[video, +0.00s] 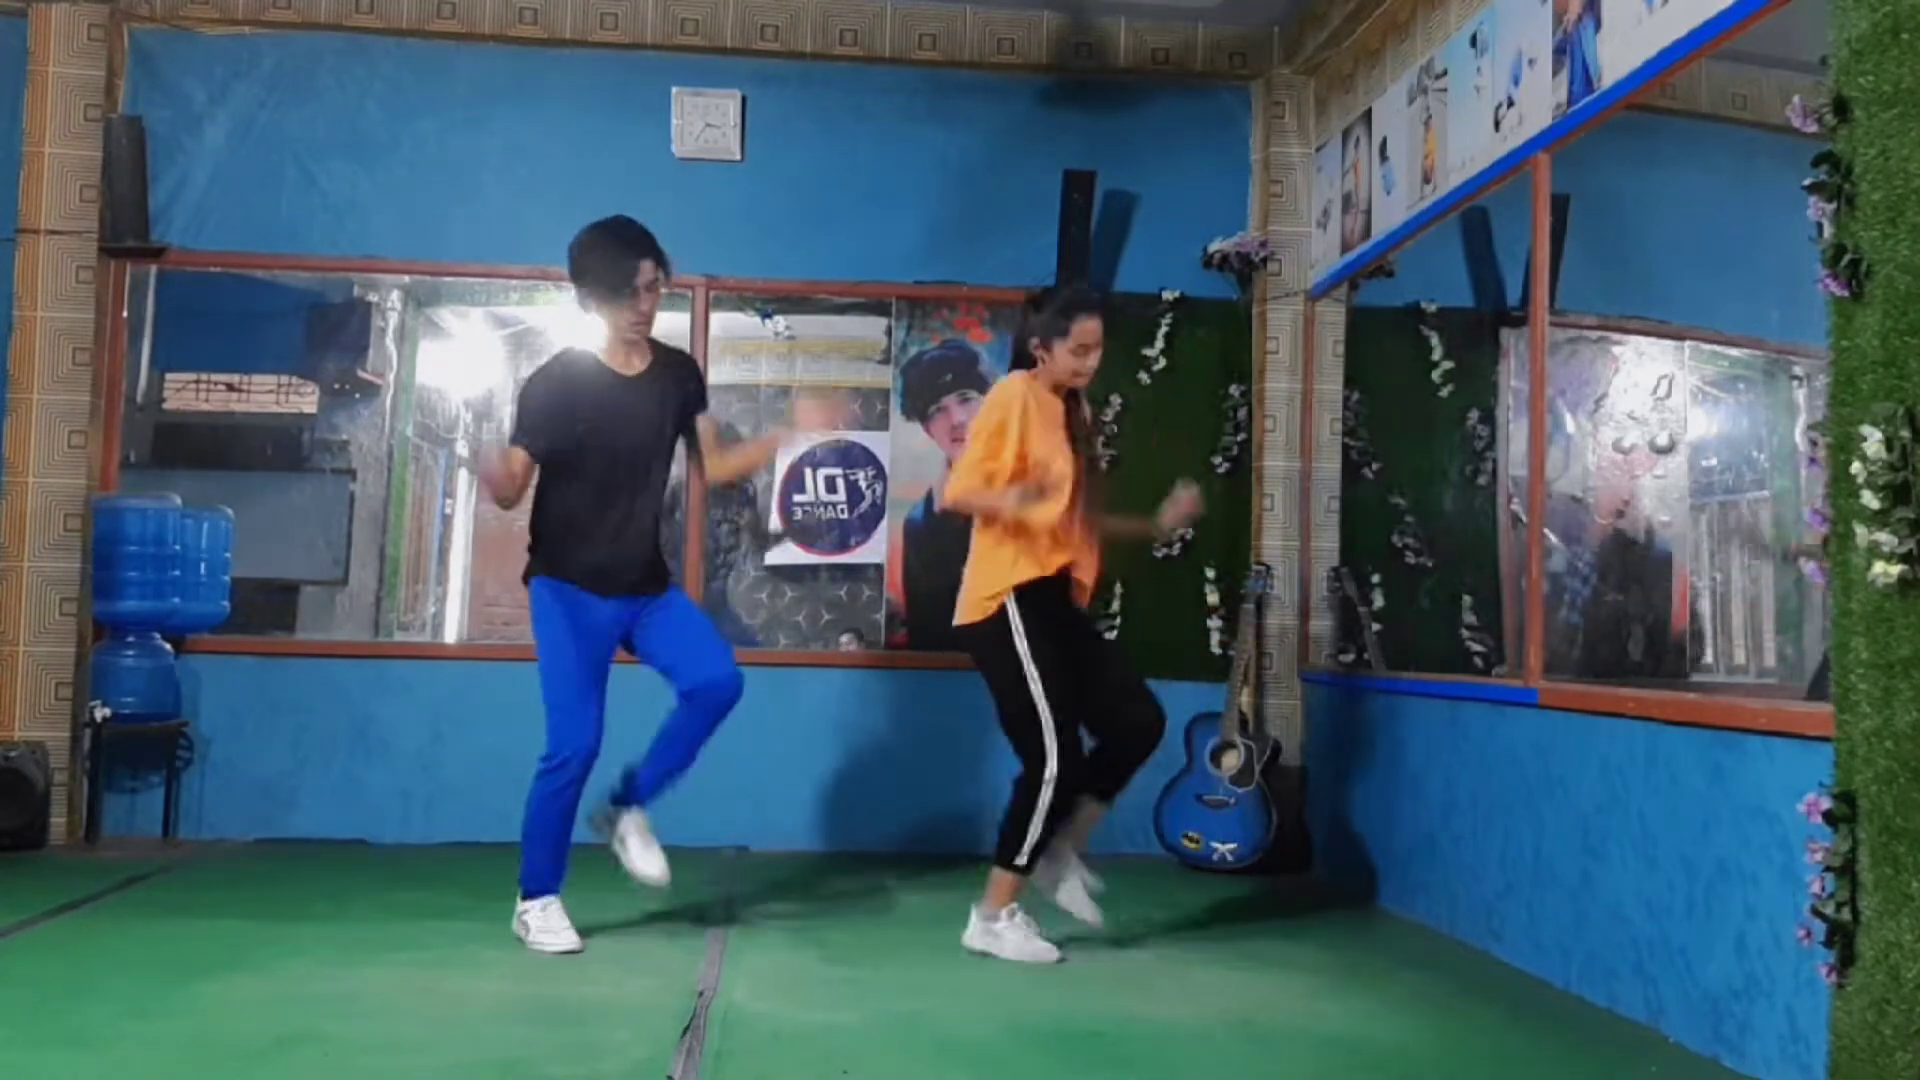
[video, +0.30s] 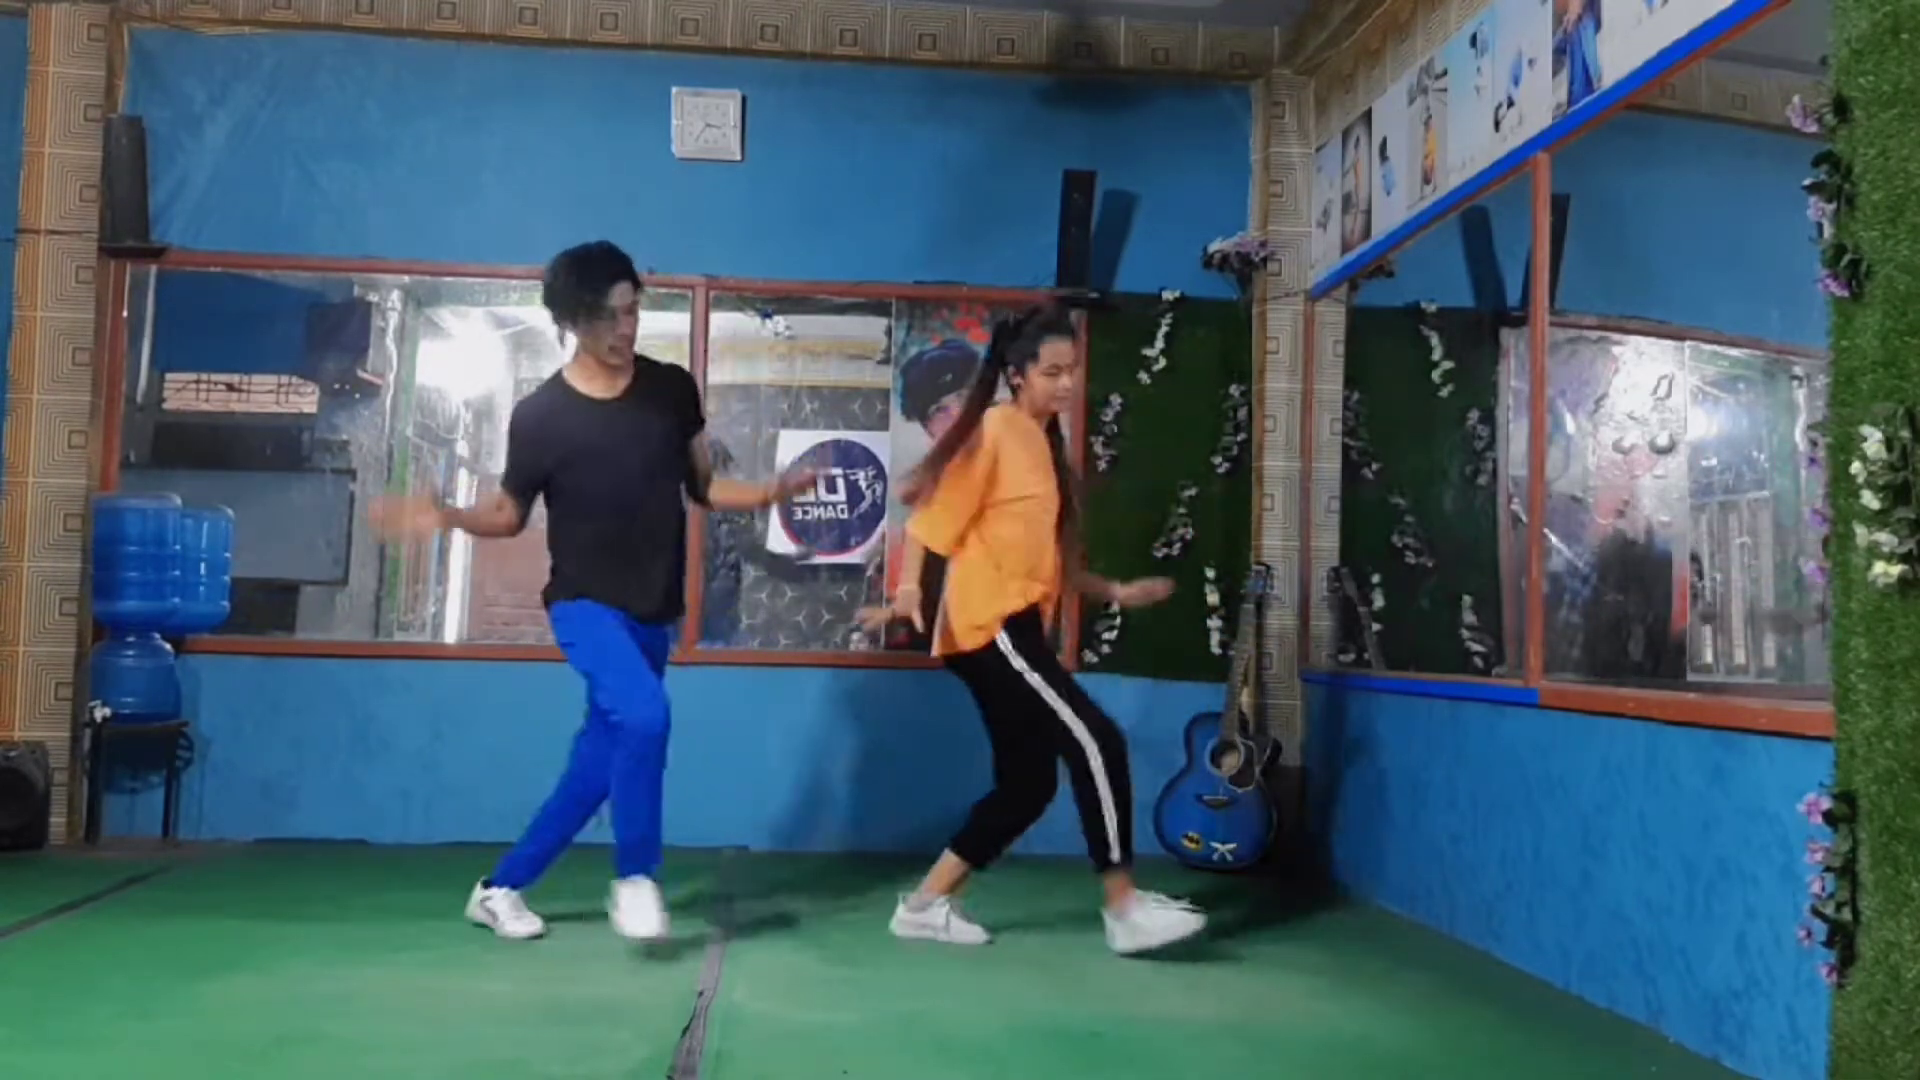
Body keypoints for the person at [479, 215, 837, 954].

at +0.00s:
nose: (647, 306)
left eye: (655, 289)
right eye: (630, 292)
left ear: (665, 290)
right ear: (591, 296)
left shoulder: (678, 373)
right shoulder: (556, 383)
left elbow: (715, 466)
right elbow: (510, 492)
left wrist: (783, 435)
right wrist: (492, 466)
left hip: (650, 591)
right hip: (568, 591)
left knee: (717, 683)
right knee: (573, 744)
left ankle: (628, 806)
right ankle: (537, 899)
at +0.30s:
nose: (630, 326)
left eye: (633, 309)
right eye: (614, 314)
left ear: (637, 307)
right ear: (573, 322)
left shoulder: (672, 389)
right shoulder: (541, 415)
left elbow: (704, 486)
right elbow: (508, 514)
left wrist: (770, 492)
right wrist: (446, 517)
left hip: (655, 610)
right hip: (584, 604)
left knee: (597, 765)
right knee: (645, 715)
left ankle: (501, 888)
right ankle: (637, 878)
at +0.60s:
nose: (652, 259)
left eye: (668, 246)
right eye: (639, 246)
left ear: (693, 265)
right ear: (619, 263)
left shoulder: (727, 340)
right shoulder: (589, 345)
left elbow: (819, 398)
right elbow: (550, 416)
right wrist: (530, 448)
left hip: (697, 560)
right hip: (609, 560)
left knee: (684, 695)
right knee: (568, 690)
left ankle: (694, 839)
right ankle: (597, 844)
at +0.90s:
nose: (664, 292)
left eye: (681, 278)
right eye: (655, 280)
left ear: (720, 290)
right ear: (646, 292)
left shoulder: (732, 370)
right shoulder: (657, 388)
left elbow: (718, 460)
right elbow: (606, 479)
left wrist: (650, 443)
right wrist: (520, 479)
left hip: (726, 598)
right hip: (667, 598)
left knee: (692, 753)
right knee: (572, 712)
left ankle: (745, 909)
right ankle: (574, 883)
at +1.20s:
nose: (664, 296)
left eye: (680, 283)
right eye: (655, 283)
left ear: (719, 291)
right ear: (647, 291)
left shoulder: (735, 365)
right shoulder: (682, 377)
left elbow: (792, 464)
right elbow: (686, 495)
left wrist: (741, 559)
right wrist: (649, 590)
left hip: (706, 595)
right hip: (669, 596)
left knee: (620, 745)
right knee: (661, 755)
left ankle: (550, 915)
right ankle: (736, 903)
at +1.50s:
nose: (653, 280)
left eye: (668, 266)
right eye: (643, 267)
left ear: (706, 273)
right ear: (636, 276)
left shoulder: (709, 334)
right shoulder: (676, 351)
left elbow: (696, 405)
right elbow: (698, 464)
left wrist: (630, 386)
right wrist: (653, 527)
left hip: (734, 563)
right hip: (698, 564)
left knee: (633, 706)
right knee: (586, 699)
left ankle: (719, 867)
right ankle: (653, 850)